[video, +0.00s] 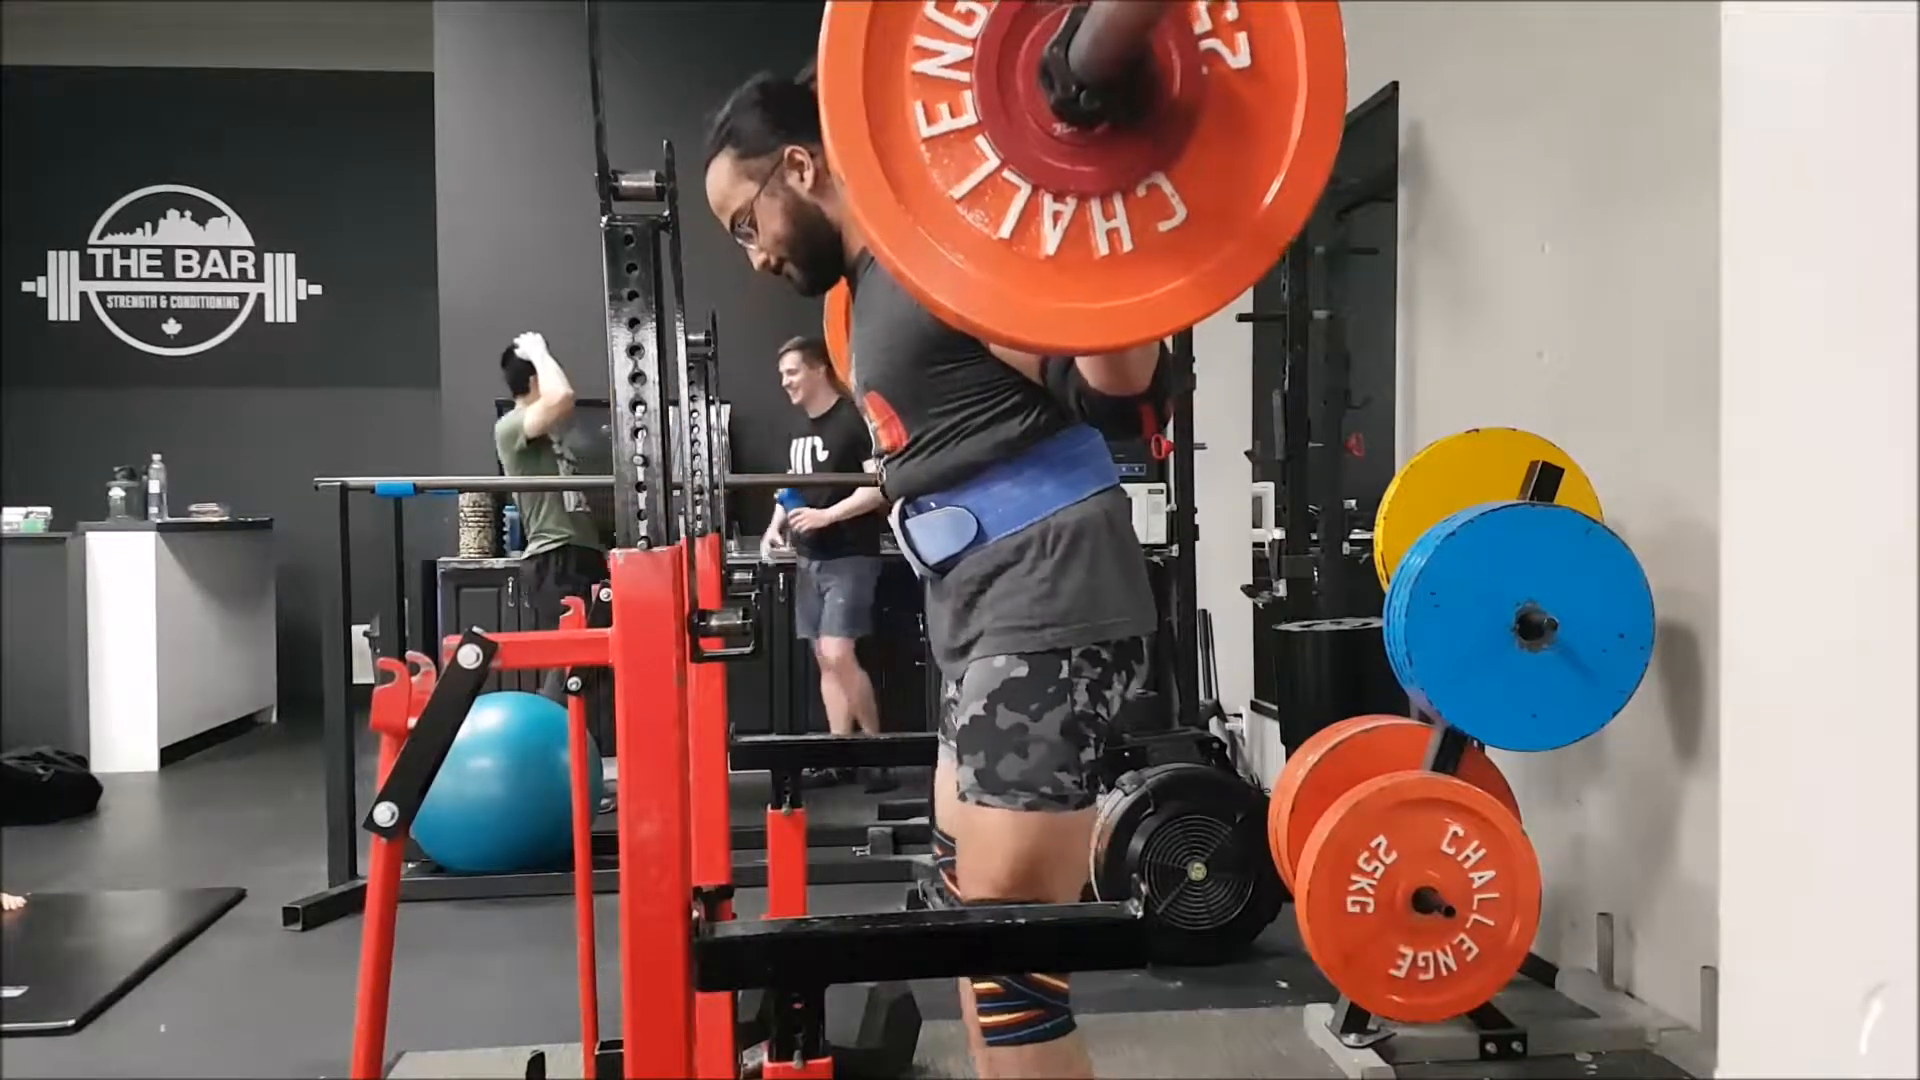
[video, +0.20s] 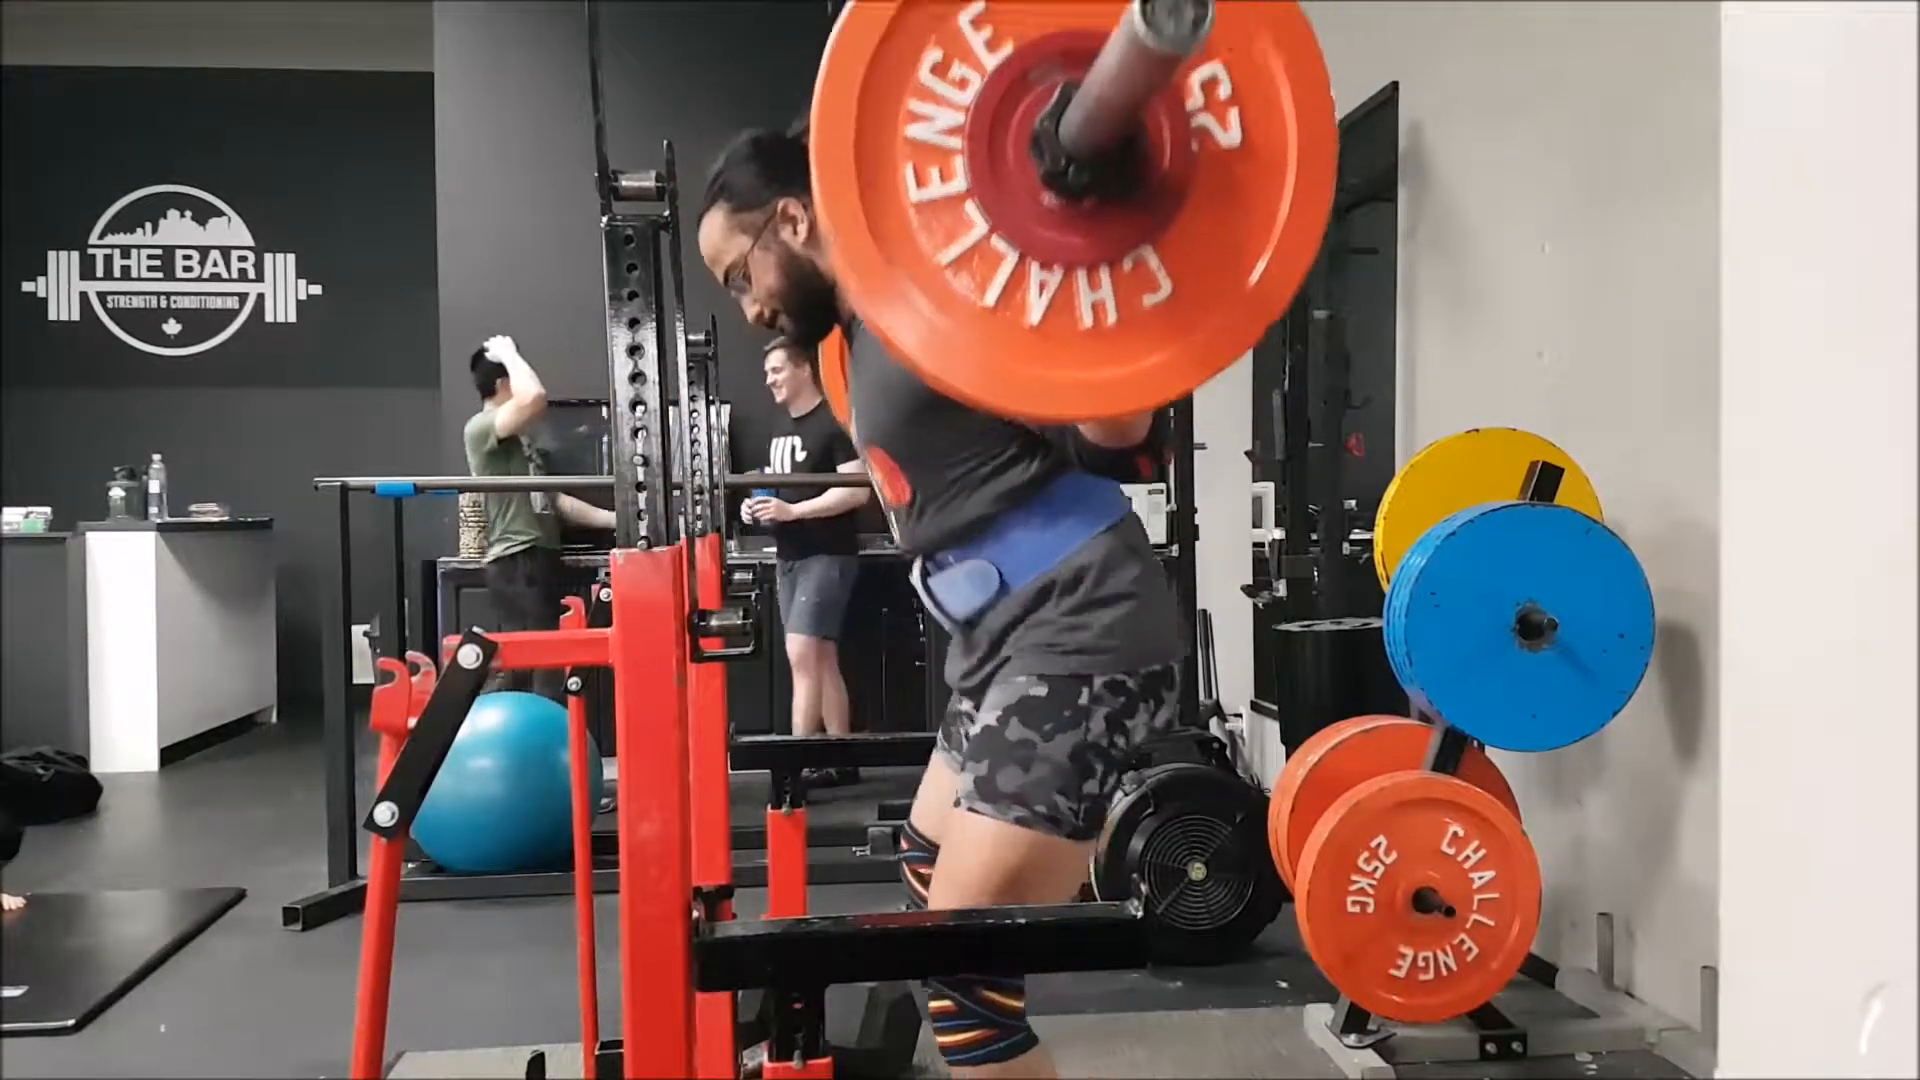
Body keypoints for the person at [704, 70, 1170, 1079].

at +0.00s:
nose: (752, 254)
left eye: (748, 220)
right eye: (737, 236)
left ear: (804, 164)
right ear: (799, 175)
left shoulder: (930, 241)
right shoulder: (862, 293)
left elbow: (1119, 371)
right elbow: (934, 456)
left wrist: (1134, 203)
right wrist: (834, 512)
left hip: (1046, 577)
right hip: (972, 592)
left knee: (1002, 931)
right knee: (969, 902)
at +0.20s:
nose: (748, 301)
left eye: (743, 270)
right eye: (732, 284)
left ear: (795, 214)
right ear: (795, 224)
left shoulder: (924, 286)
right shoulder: (865, 333)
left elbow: (1116, 417)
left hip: (1080, 610)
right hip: (1000, 627)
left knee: (959, 946)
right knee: (928, 858)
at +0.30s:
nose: (743, 341)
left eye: (736, 312)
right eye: (727, 326)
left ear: (790, 257)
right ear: (789, 265)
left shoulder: (915, 325)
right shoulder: (854, 382)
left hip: (1097, 644)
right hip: (1011, 662)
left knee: (957, 950)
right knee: (923, 860)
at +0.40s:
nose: (737, 394)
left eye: (731, 365)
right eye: (722, 378)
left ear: (787, 312)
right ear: (784, 320)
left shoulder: (900, 365)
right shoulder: (849, 421)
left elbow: (1038, 281)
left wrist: (1125, 208)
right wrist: (814, 500)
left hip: (1119, 683)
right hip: (1027, 691)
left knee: (948, 999)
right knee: (915, 866)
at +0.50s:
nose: (740, 449)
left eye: (730, 416)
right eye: (724, 429)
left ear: (781, 364)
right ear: (783, 368)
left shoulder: (918, 411)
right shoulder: (855, 444)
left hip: (1126, 721)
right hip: (1023, 723)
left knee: (938, 1005)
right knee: (905, 868)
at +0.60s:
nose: (733, 508)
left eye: (726, 478)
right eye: (719, 490)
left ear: (775, 430)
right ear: (770, 436)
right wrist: (773, 692)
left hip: (1136, 756)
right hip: (1040, 742)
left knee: (924, 1014)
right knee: (897, 870)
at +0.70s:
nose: (733, 568)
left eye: (724, 536)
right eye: (716, 545)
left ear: (771, 487)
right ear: (769, 490)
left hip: (1149, 797)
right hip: (1051, 774)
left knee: (927, 999)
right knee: (888, 872)